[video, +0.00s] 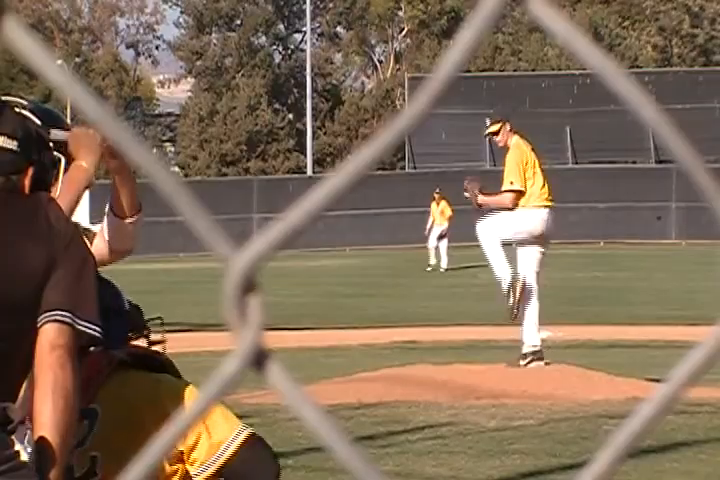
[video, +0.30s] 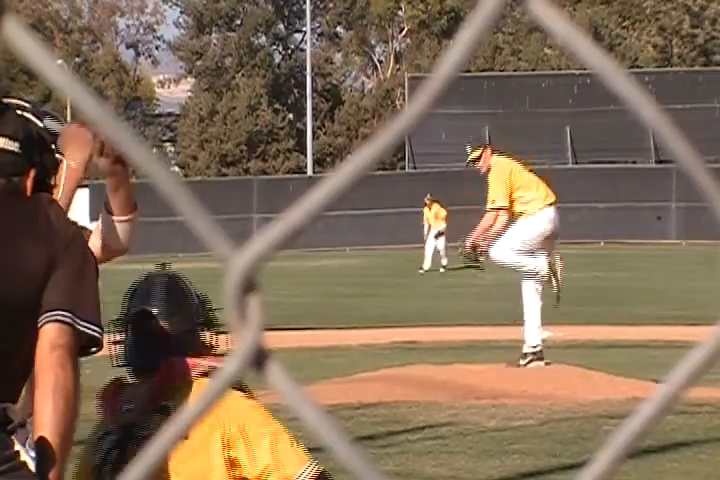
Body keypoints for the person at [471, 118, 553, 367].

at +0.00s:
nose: (494, 139)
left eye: (496, 133)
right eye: (492, 136)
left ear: (508, 128)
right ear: (501, 133)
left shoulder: (516, 150)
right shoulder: (520, 148)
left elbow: (509, 199)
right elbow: (512, 196)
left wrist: (480, 199)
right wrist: (483, 199)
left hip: (531, 214)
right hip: (538, 213)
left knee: (484, 228)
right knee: (528, 282)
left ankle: (508, 282)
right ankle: (531, 346)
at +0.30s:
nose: (477, 165)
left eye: (478, 159)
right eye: (474, 162)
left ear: (488, 152)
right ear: (486, 155)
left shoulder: (497, 167)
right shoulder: (505, 167)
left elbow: (493, 212)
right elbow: (504, 216)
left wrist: (472, 238)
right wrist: (485, 241)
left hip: (536, 217)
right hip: (547, 215)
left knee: (498, 252)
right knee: (530, 280)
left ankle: (544, 266)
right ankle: (533, 346)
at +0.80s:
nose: (458, 240)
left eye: (458, 234)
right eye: (455, 237)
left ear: (466, 226)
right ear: (463, 228)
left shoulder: (477, 240)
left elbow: (486, 207)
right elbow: (478, 184)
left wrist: (509, 190)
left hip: (535, 267)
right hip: (530, 268)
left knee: (513, 306)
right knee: (512, 307)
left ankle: (497, 364)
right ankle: (527, 352)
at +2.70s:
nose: (648, 130)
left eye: (651, 125)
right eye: (643, 125)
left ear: (656, 129)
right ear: (635, 128)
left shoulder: (665, 158)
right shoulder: (623, 161)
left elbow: (684, 193)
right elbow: (613, 206)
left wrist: (709, 209)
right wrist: (628, 234)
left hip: (662, 239)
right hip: (635, 236)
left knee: (666, 308)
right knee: (630, 308)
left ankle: (668, 374)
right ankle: (616, 375)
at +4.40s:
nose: (573, 119)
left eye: (577, 115)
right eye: (574, 115)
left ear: (590, 118)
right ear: (602, 121)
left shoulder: (584, 133)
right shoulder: (615, 152)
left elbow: (561, 110)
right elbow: (630, 199)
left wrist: (547, 91)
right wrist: (609, 221)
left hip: (588, 223)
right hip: (610, 225)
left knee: (592, 296)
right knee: (608, 296)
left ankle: (603, 370)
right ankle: (609, 366)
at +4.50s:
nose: (580, 126)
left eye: (581, 122)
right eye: (581, 123)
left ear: (586, 122)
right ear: (603, 125)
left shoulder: (576, 133)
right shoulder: (617, 153)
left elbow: (538, 124)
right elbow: (627, 202)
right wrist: (613, 227)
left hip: (586, 224)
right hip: (610, 226)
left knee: (582, 296)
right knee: (607, 296)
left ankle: (599, 366)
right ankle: (611, 366)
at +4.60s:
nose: (579, 132)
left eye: (580, 129)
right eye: (581, 129)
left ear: (584, 128)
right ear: (599, 129)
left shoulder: (572, 145)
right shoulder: (616, 154)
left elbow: (547, 160)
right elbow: (624, 202)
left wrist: (539, 171)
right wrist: (617, 236)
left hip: (582, 225)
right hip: (609, 227)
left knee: (572, 298)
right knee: (606, 300)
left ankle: (591, 364)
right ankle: (610, 365)